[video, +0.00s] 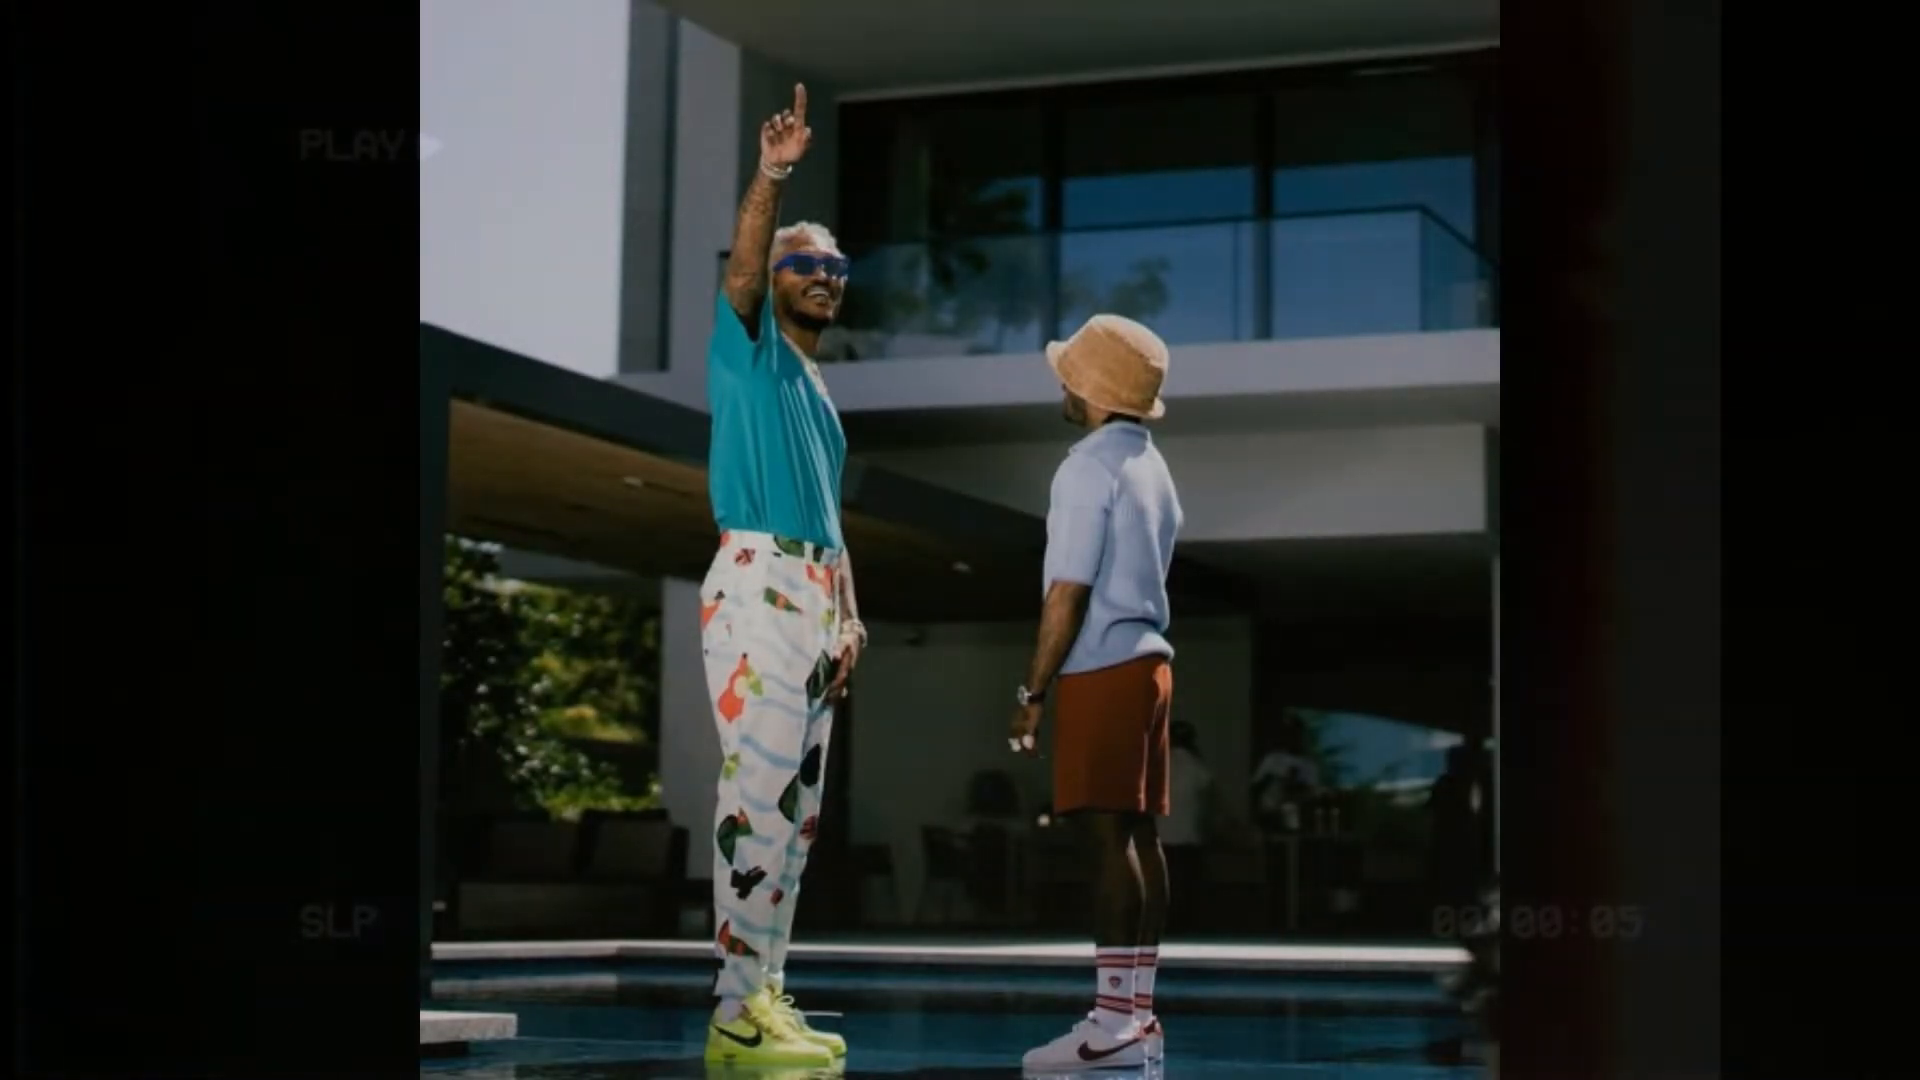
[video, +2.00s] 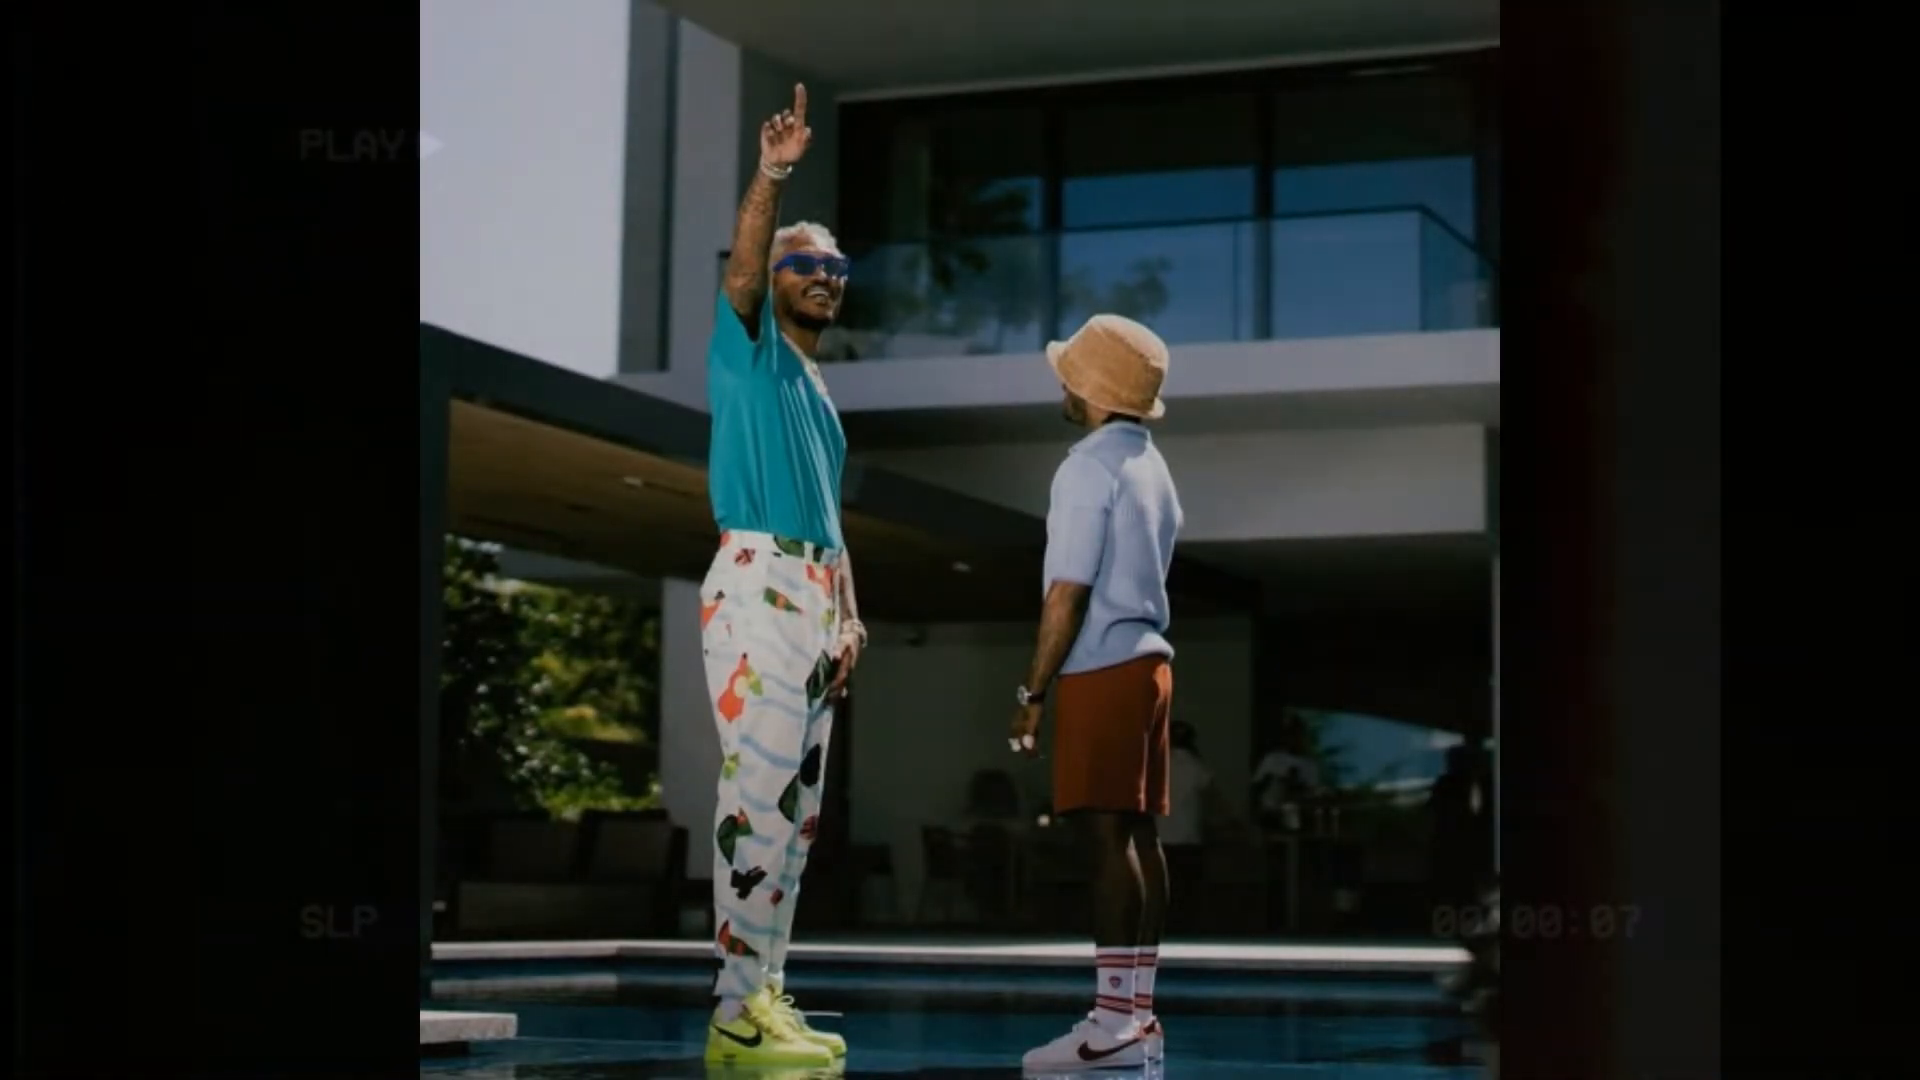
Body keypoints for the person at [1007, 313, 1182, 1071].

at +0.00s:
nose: (1064, 389)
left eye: (1072, 379)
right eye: (1069, 378)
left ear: (1092, 392)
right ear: (1131, 395)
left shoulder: (1088, 468)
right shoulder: (1148, 463)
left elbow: (1067, 596)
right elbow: (1148, 577)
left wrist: (1031, 691)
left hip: (1104, 669)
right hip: (1147, 666)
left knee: (1108, 838)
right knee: (1140, 837)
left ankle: (1116, 1014)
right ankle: (1135, 1011)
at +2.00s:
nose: (1064, 388)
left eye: (1072, 379)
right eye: (1069, 377)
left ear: (1091, 391)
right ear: (1131, 394)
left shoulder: (1088, 468)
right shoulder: (1148, 463)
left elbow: (1067, 595)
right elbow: (1147, 577)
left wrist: (1031, 691)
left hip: (1104, 670)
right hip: (1147, 666)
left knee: (1107, 837)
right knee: (1139, 837)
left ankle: (1116, 1014)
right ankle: (1134, 1011)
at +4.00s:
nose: (1064, 388)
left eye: (1072, 378)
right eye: (1068, 376)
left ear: (1092, 391)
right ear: (1130, 394)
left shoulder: (1088, 468)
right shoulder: (1148, 463)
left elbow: (1067, 594)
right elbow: (1149, 577)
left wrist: (1032, 691)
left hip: (1104, 670)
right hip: (1146, 666)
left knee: (1109, 839)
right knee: (1139, 838)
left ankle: (1116, 1015)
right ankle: (1135, 1012)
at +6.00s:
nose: (1064, 388)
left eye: (1072, 377)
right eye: (1068, 376)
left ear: (1093, 389)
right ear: (1130, 393)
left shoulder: (1088, 468)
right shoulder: (1148, 463)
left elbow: (1068, 594)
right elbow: (1147, 580)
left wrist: (1032, 691)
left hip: (1104, 669)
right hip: (1147, 666)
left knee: (1109, 838)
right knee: (1139, 837)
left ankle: (1116, 1015)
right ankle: (1135, 1012)